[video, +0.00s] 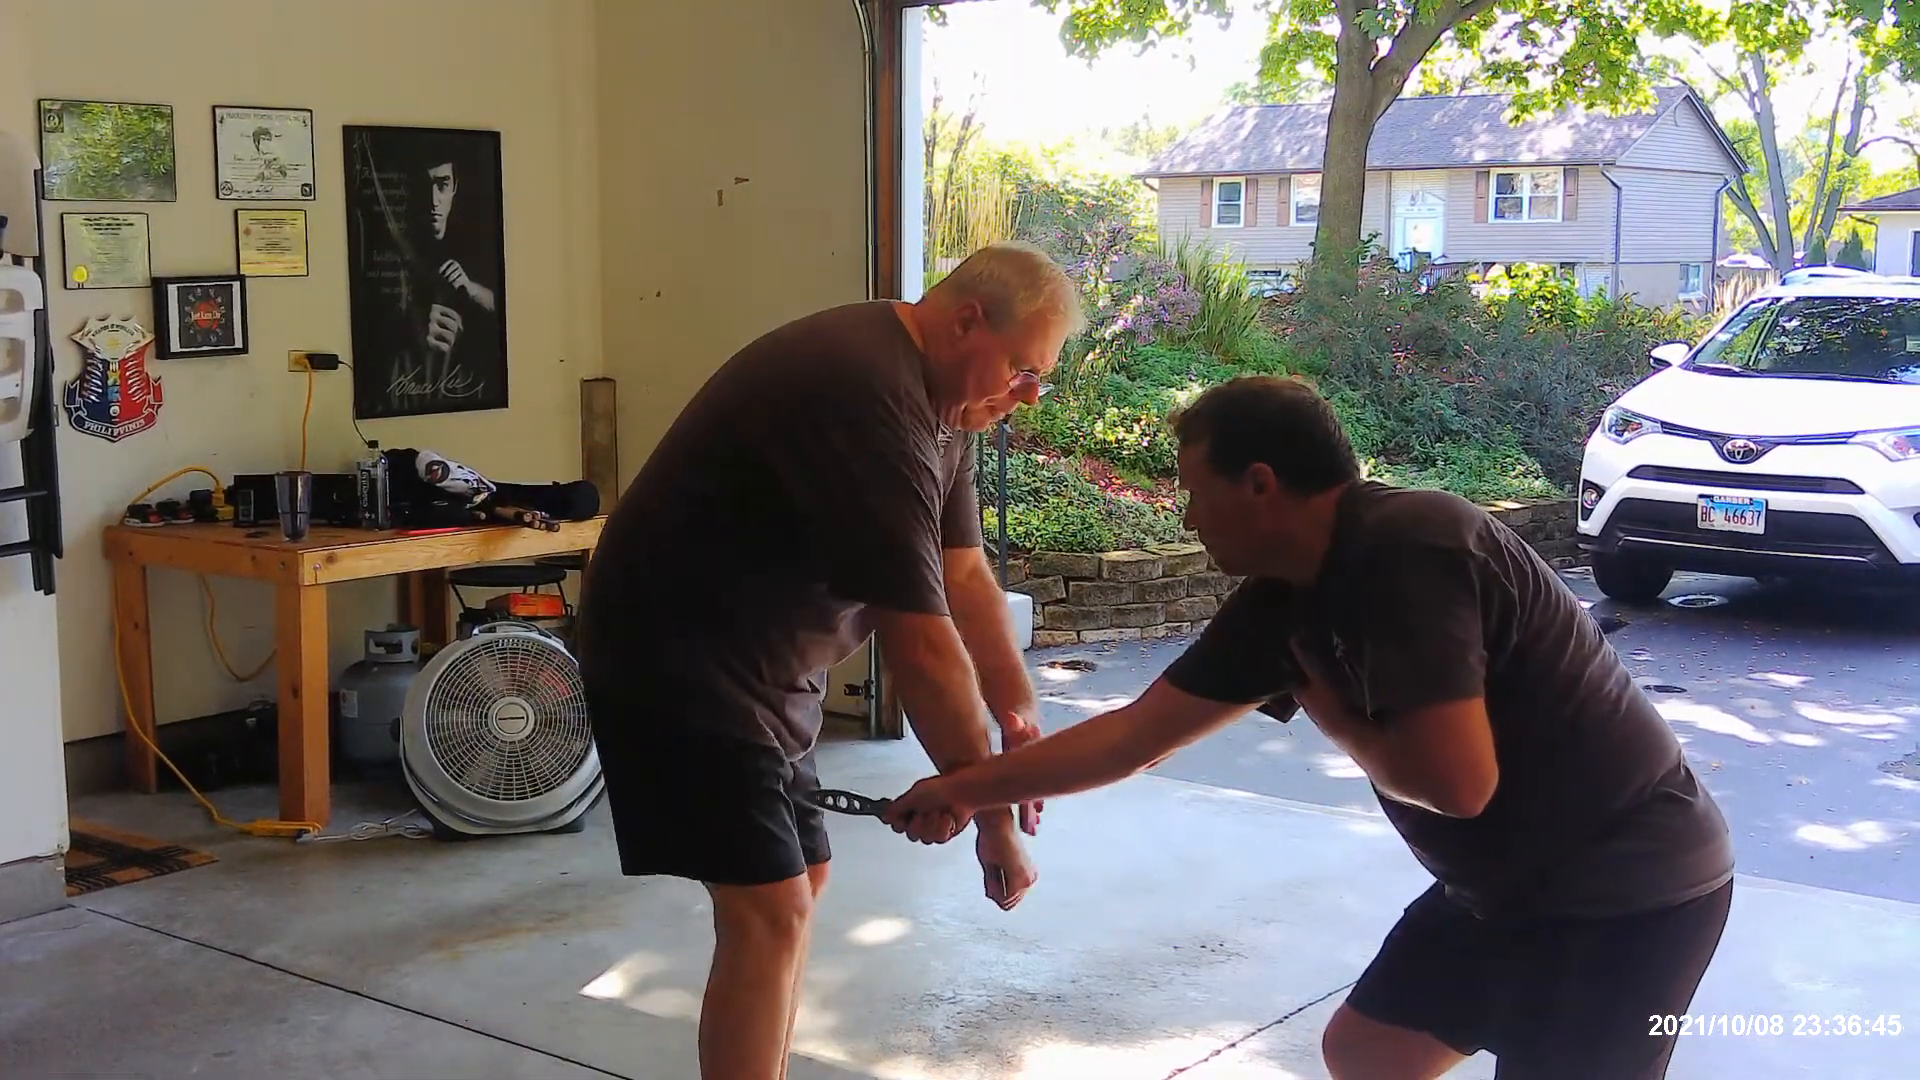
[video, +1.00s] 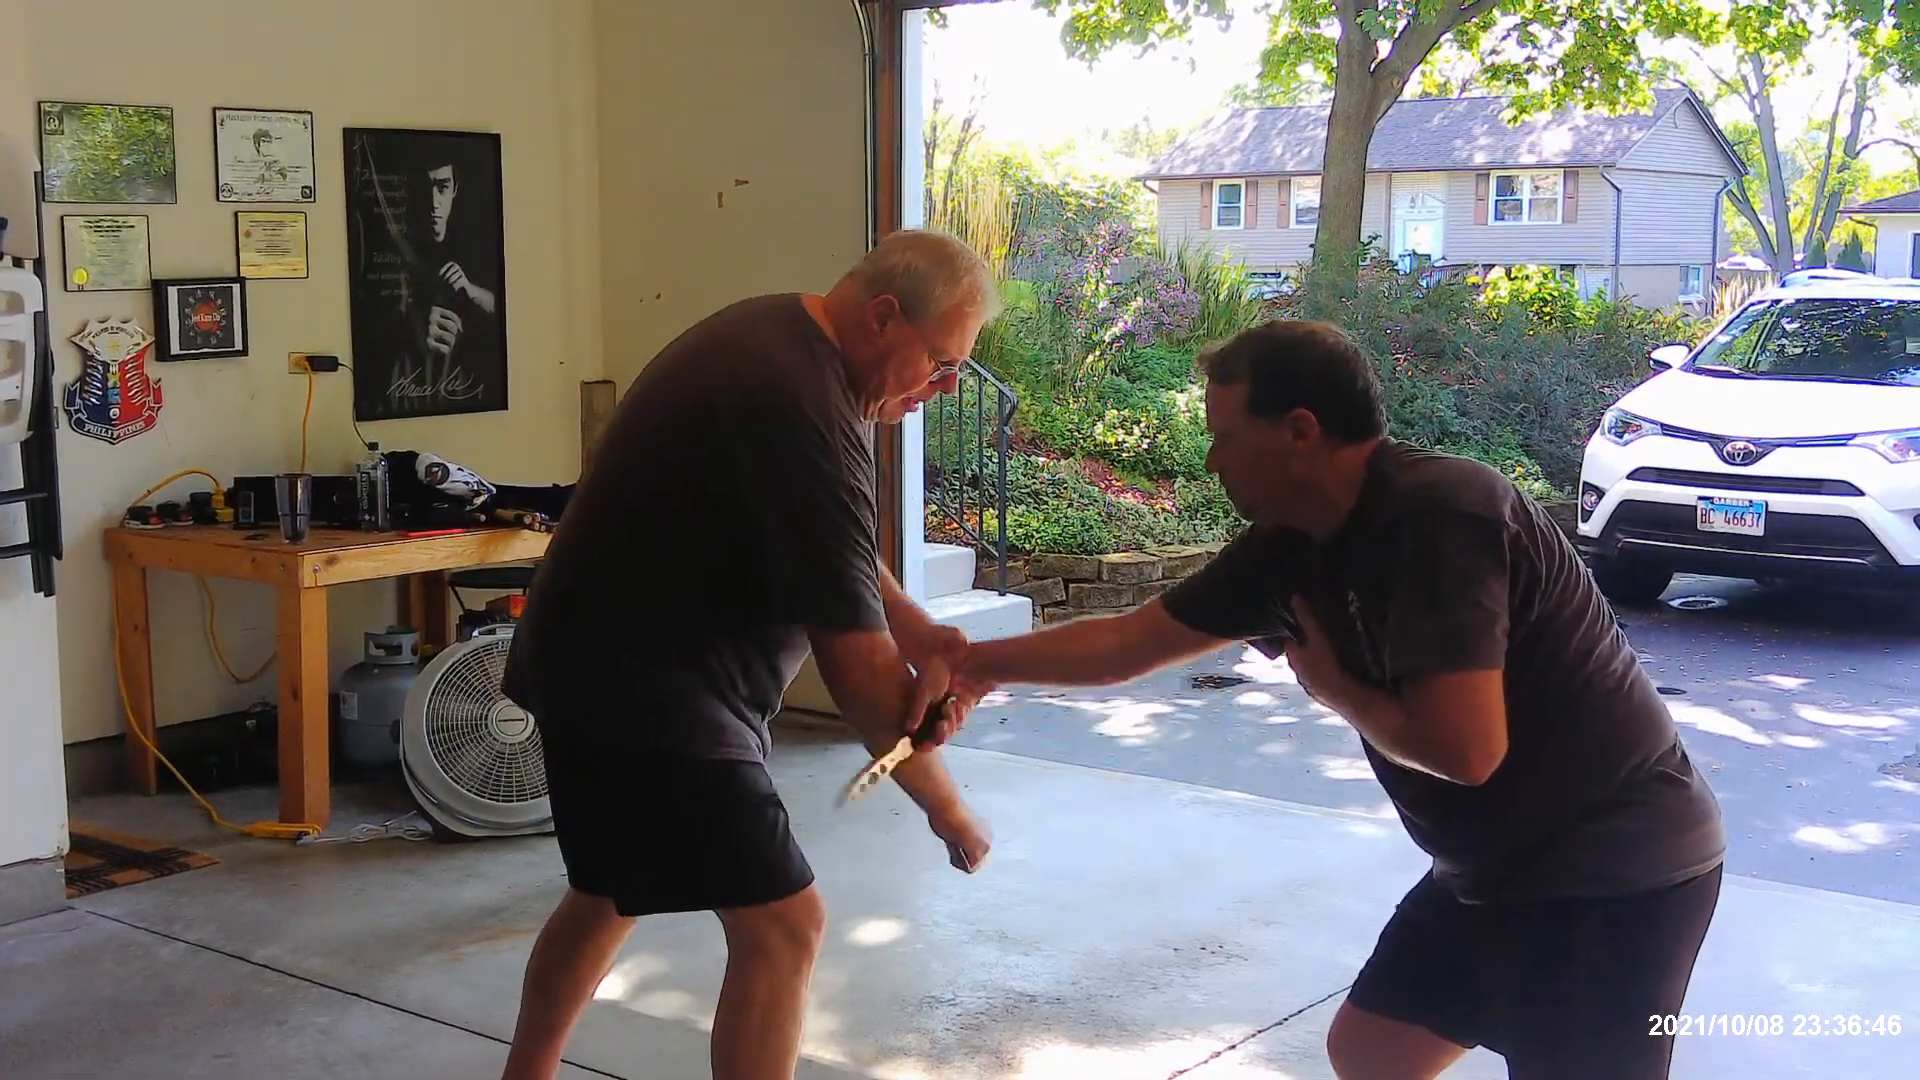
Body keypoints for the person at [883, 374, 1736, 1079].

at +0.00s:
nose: (1183, 506)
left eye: (1192, 482)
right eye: (1183, 483)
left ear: (1261, 487)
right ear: (1262, 488)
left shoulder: (1409, 552)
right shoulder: (1281, 598)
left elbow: (1463, 784)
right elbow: (1138, 732)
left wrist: (1341, 724)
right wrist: (972, 788)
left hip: (1634, 883)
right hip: (1498, 877)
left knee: (1573, 1066)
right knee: (1365, 1047)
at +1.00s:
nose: (1213, 458)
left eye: (1224, 434)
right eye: (1212, 435)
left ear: (1301, 434)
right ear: (1300, 437)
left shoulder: (1445, 517)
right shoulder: (1289, 542)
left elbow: (1469, 748)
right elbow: (1134, 639)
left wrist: (1338, 691)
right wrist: (976, 659)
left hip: (1625, 865)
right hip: (1491, 865)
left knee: (1585, 1069)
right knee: (1371, 1050)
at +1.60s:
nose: (1146, 436)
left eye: (1164, 411)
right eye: (1140, 415)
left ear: (1254, 401)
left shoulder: (1371, 474)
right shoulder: (1195, 519)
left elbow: (1407, 670)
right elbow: (1069, 585)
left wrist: (1239, 607)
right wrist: (947, 601)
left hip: (1565, 813)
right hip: (1423, 831)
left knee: (1594, 1065)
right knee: (1323, 1049)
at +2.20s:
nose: (1202, 333)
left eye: (1228, 309)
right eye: (1200, 310)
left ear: (1317, 314)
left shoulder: (1405, 410)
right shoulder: (1220, 454)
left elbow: (1403, 594)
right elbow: (1113, 560)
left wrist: (1261, 536)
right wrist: (991, 627)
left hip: (1511, 804)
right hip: (1367, 818)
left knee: (1539, 1061)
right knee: (1317, 1050)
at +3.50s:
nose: (1204, 434)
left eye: (1216, 408)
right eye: (1193, 413)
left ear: (1294, 366)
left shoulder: (1425, 431)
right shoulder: (1249, 492)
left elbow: (1429, 626)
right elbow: (1160, 620)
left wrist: (1289, 579)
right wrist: (1051, 728)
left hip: (1523, 815)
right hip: (1377, 826)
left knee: (1518, 1065)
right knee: (1305, 1052)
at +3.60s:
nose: (1205, 436)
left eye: (1208, 411)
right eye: (1194, 417)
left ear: (1278, 367)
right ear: (1277, 370)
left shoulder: (1440, 427)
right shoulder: (1279, 481)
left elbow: (1440, 630)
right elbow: (1207, 629)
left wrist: (1303, 580)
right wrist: (1089, 739)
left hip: (1529, 818)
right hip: (1391, 819)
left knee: (1475, 1064)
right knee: (1327, 1051)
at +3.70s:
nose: (1225, 425)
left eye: (1219, 399)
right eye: (1212, 405)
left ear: (1268, 359)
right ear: (1272, 359)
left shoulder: (1452, 415)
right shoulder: (1314, 463)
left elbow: (1445, 627)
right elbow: (1305, 643)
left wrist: (1317, 564)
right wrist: (1202, 782)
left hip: (1533, 816)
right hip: (1413, 812)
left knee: (1467, 1062)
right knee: (1355, 1039)